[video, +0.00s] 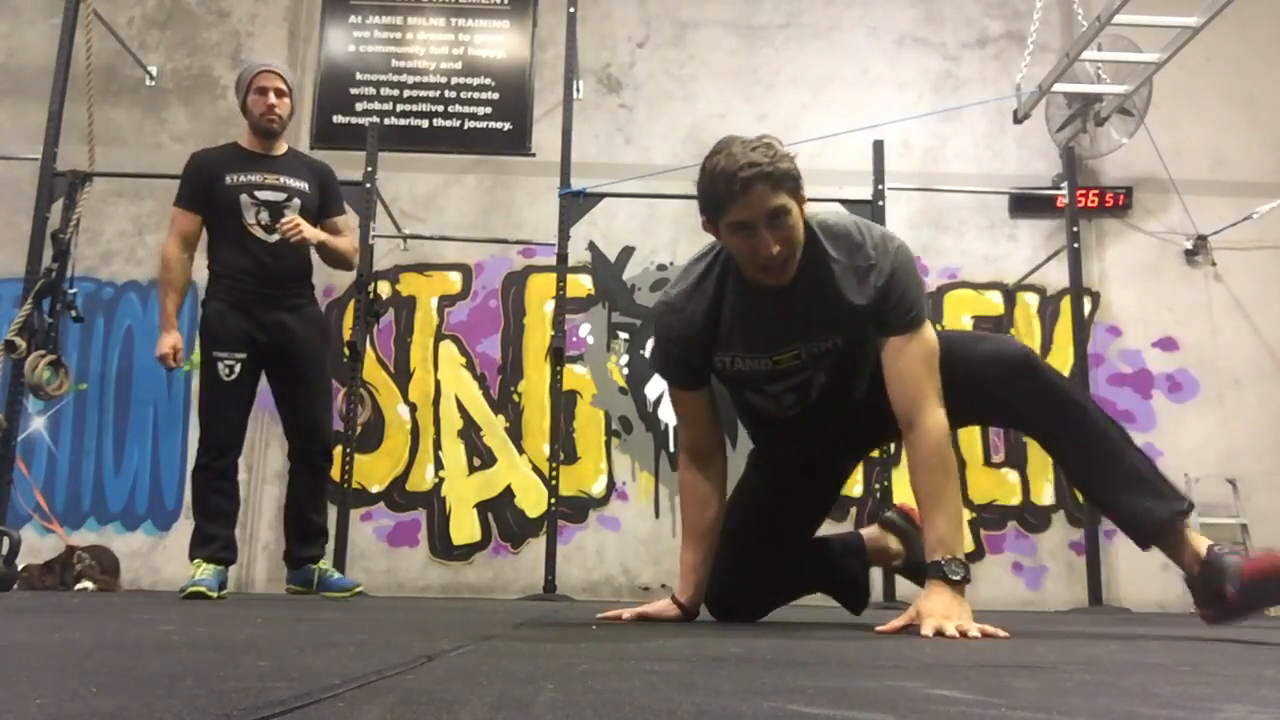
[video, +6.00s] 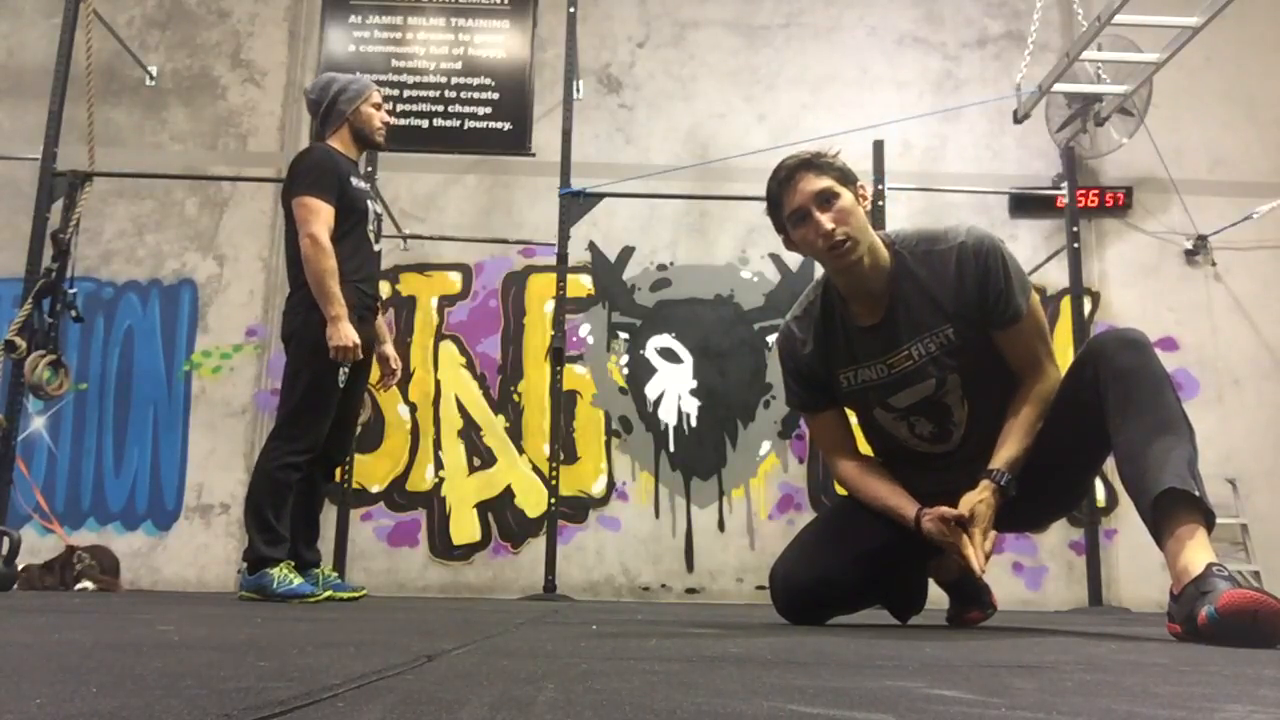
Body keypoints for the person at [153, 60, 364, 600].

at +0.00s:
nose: (272, 101)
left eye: (280, 94)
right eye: (261, 93)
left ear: (292, 107)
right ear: (242, 105)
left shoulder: (317, 174)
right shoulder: (209, 166)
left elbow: (349, 255)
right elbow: (179, 246)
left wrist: (316, 235)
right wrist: (170, 326)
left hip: (298, 323)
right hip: (231, 320)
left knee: (314, 445)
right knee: (218, 446)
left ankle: (305, 565)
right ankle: (211, 563)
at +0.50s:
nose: (342, 129)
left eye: (350, 123)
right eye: (332, 120)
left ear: (357, 137)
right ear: (309, 128)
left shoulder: (363, 198)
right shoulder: (275, 178)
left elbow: (375, 286)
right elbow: (239, 244)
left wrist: (379, 272)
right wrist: (239, 308)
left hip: (342, 331)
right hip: (285, 321)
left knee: (318, 452)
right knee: (277, 430)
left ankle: (300, 569)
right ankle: (225, 555)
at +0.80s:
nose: (377, 137)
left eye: (385, 130)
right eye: (369, 125)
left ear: (388, 140)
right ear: (343, 127)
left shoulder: (368, 198)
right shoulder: (312, 169)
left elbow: (354, 281)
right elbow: (273, 233)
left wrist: (395, 277)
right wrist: (295, 292)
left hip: (347, 329)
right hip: (310, 323)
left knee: (324, 438)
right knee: (310, 436)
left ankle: (303, 563)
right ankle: (303, 561)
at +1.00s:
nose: (389, 126)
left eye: (397, 120)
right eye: (380, 114)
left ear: (398, 129)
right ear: (352, 115)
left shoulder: (363, 180)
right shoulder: (325, 159)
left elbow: (363, 269)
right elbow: (314, 227)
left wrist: (413, 292)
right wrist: (359, 289)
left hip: (346, 317)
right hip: (322, 314)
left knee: (340, 435)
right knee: (326, 435)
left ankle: (311, 563)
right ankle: (306, 566)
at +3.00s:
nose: (392, 123)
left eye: (395, 114)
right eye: (383, 112)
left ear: (376, 118)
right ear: (350, 109)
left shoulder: (356, 173)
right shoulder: (314, 157)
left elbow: (366, 264)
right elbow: (313, 233)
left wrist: (398, 324)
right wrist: (331, 307)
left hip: (356, 324)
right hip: (321, 319)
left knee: (331, 448)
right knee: (303, 440)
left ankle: (305, 563)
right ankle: (267, 565)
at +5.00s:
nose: (394, 129)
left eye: (396, 120)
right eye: (387, 118)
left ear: (365, 123)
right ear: (354, 116)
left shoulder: (353, 177)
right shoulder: (314, 161)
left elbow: (357, 266)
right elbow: (307, 237)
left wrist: (380, 333)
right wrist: (332, 314)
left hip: (350, 328)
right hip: (318, 324)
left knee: (326, 449)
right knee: (295, 440)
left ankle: (303, 563)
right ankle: (262, 565)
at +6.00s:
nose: (387, 116)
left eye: (386, 108)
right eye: (378, 107)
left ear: (358, 116)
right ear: (346, 112)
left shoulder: (355, 174)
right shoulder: (318, 162)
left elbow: (361, 266)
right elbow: (313, 241)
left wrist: (381, 336)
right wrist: (336, 317)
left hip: (349, 328)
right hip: (319, 323)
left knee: (323, 451)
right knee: (296, 441)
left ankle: (302, 564)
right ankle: (263, 566)